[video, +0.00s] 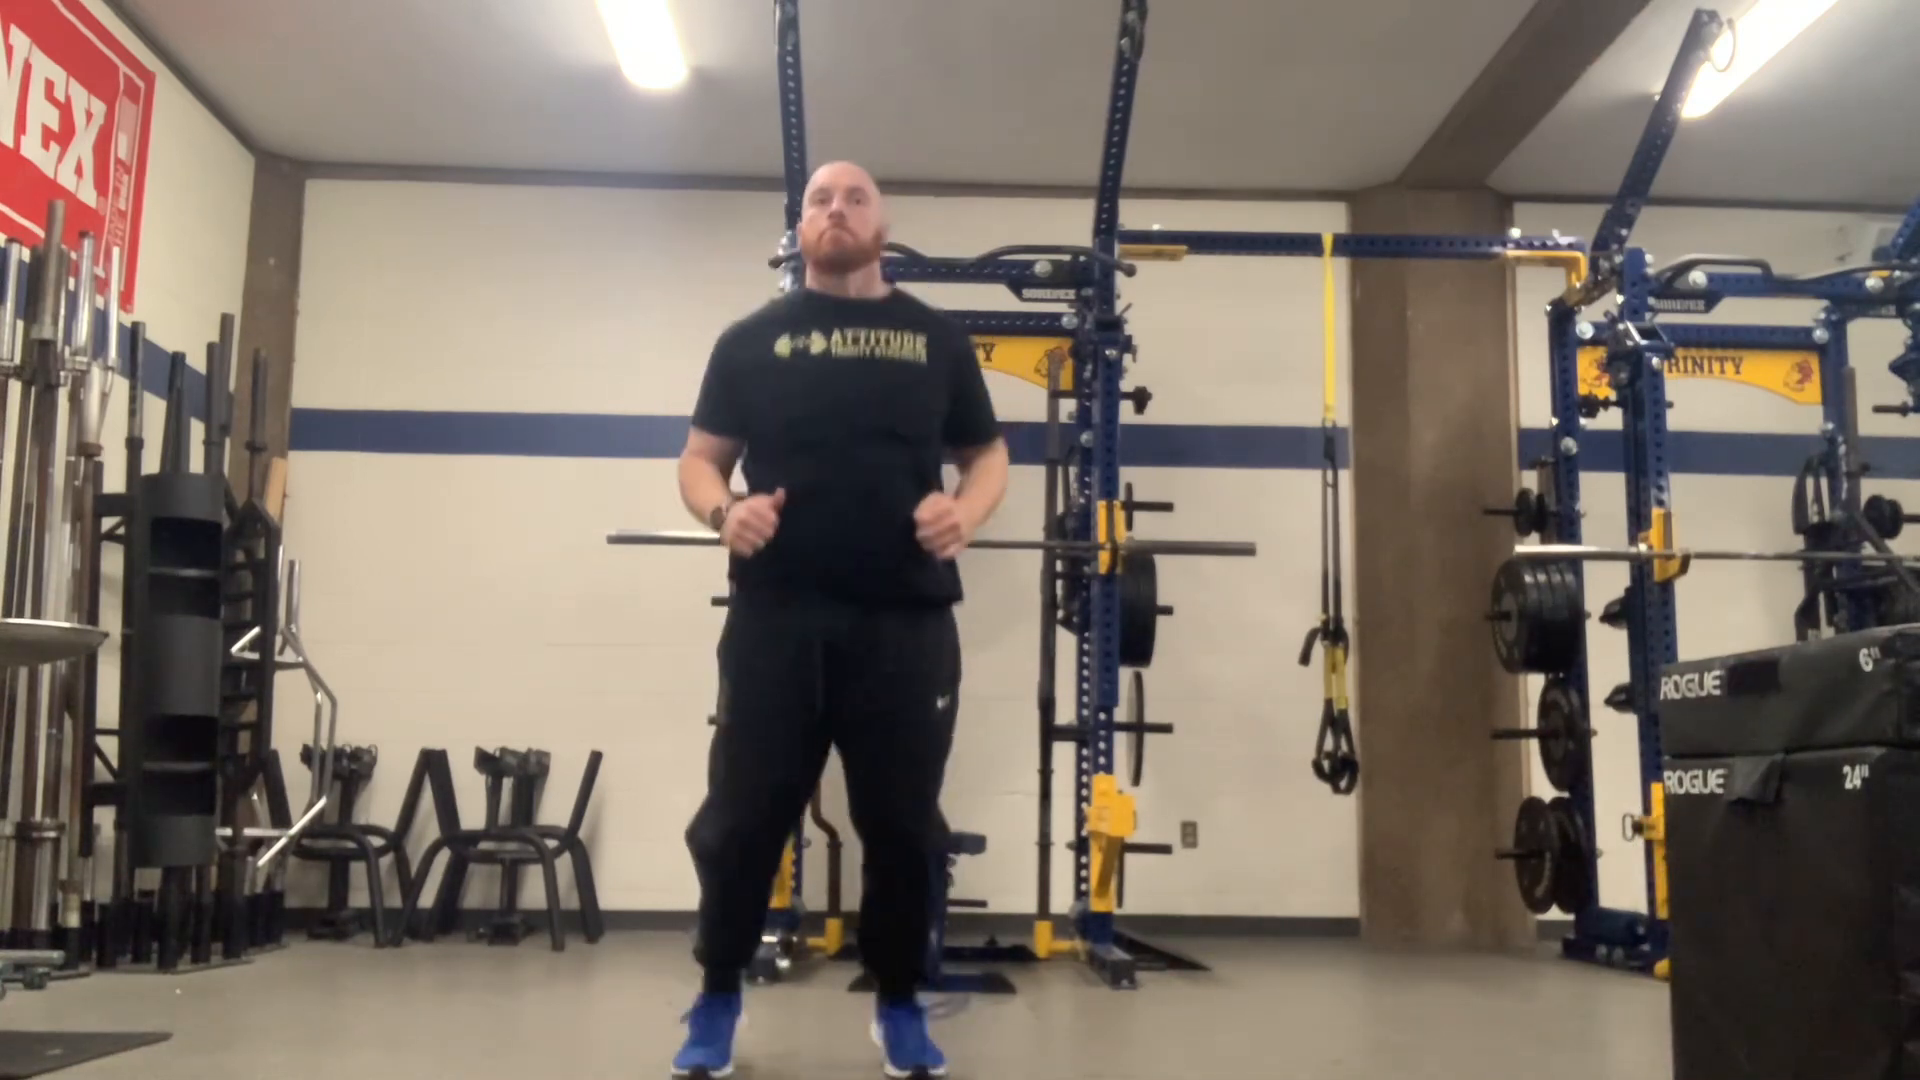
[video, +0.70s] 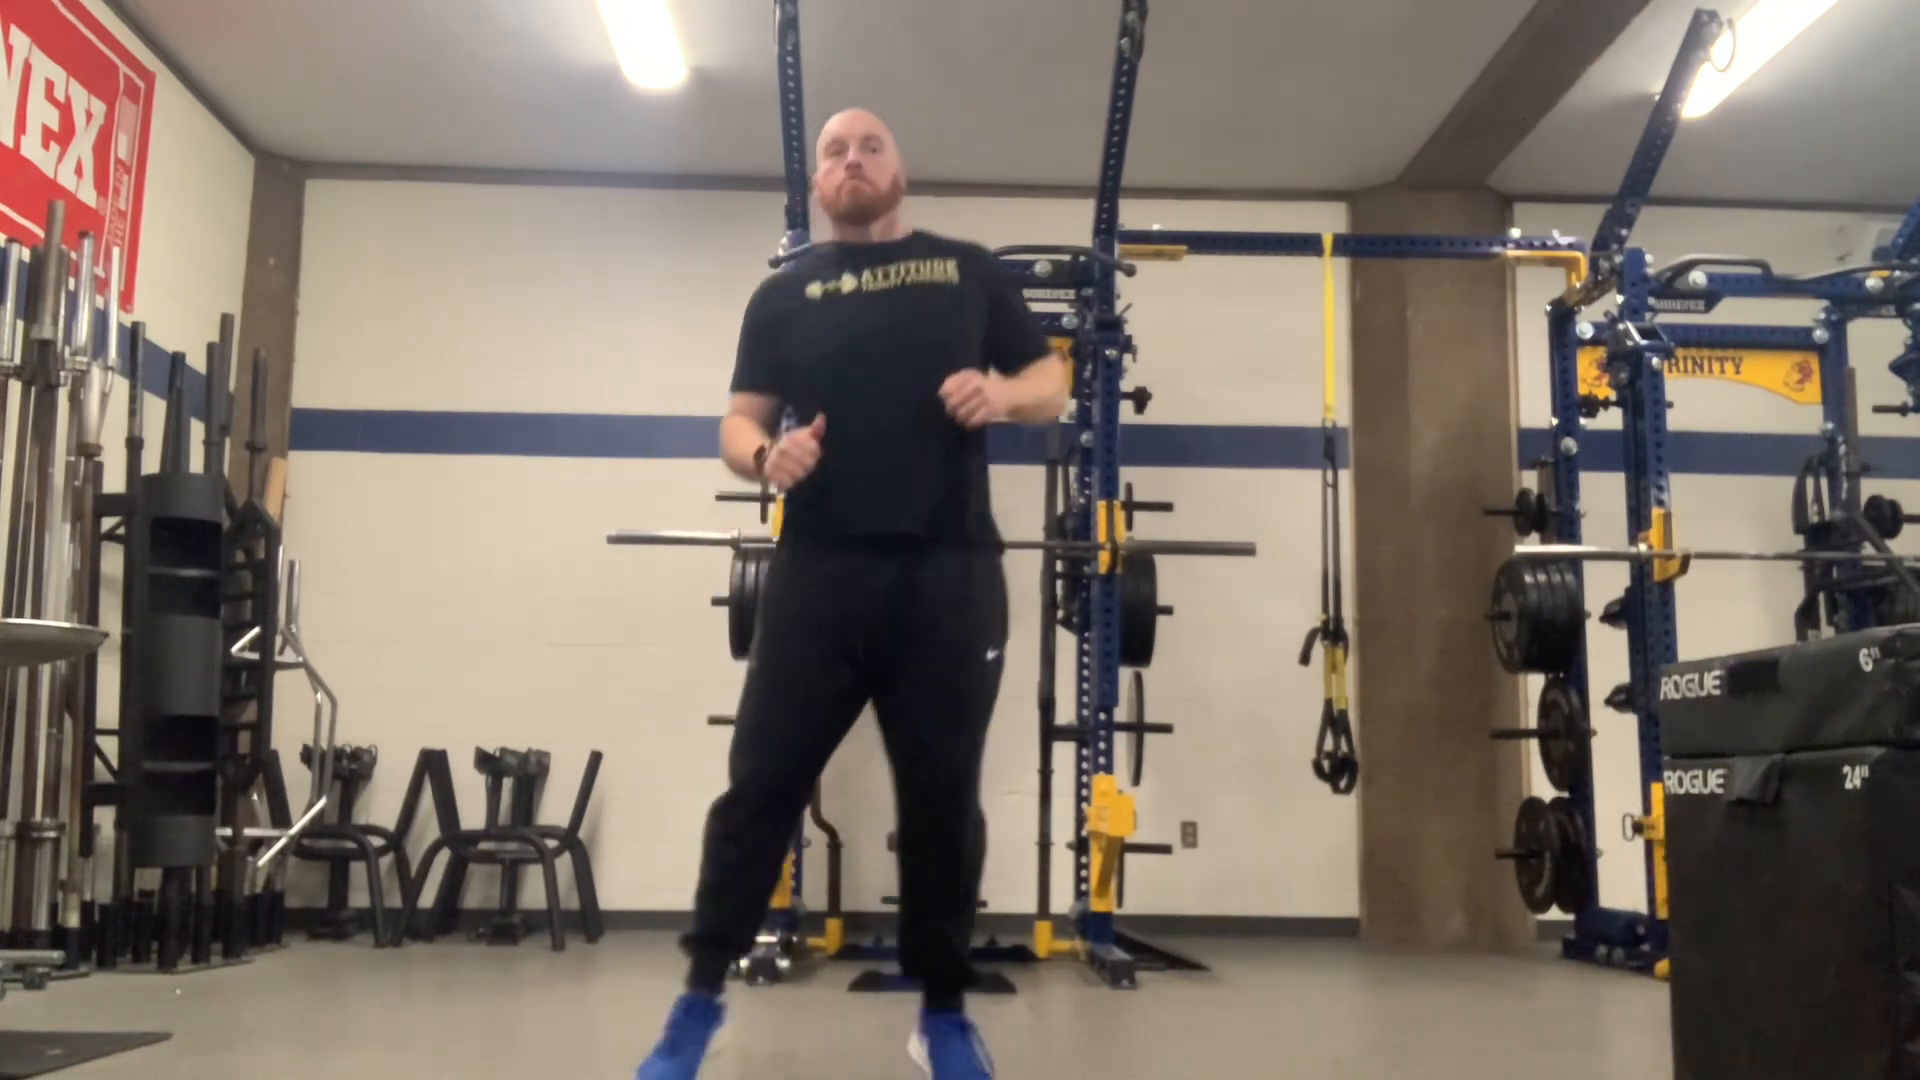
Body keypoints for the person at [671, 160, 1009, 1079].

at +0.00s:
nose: (838, 208)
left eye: (856, 197)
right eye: (822, 199)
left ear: (887, 229)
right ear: (797, 232)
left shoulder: (937, 340)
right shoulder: (751, 342)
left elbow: (988, 460)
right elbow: (699, 464)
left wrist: (966, 508)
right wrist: (725, 509)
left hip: (904, 622)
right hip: (776, 619)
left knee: (904, 829)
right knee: (740, 824)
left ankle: (900, 1010)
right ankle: (716, 998)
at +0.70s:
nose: (852, 159)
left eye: (869, 146)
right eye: (835, 151)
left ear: (904, 173)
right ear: (813, 185)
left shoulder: (970, 272)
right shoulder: (781, 294)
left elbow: (1051, 381)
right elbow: (739, 427)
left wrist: (1005, 394)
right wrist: (765, 453)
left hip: (947, 581)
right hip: (817, 582)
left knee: (943, 801)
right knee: (759, 790)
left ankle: (944, 1017)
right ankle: (699, 997)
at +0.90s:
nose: (897, 152)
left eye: (914, 139)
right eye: (881, 140)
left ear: (943, 164)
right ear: (855, 167)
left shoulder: (1003, 259)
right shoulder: (809, 278)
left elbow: (1078, 372)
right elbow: (768, 411)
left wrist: (1050, 406)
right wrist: (796, 432)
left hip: (989, 551)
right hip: (860, 555)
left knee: (1022, 761)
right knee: (864, 765)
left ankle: (1063, 978)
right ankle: (884, 969)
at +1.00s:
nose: (913, 216)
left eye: (930, 204)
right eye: (896, 203)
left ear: (957, 230)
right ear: (868, 229)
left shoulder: (1014, 330)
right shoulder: (824, 349)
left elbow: (1074, 441)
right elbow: (773, 470)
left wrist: (1070, 484)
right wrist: (787, 497)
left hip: (1018, 616)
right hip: (891, 624)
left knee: (1057, 830)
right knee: (904, 830)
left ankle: (1099, 1030)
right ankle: (944, 1021)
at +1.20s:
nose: (914, 152)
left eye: (932, 142)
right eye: (898, 141)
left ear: (960, 174)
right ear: (870, 171)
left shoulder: (1000, 282)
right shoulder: (808, 271)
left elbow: (1055, 400)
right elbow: (744, 392)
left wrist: (1048, 432)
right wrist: (792, 407)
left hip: (965, 572)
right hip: (839, 573)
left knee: (1012, 785)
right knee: (866, 793)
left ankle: (1052, 998)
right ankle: (917, 1004)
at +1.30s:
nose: (887, 126)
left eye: (905, 116)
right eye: (871, 114)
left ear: (934, 144)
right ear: (845, 141)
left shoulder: (977, 245)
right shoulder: (787, 236)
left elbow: (1033, 365)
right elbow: (713, 357)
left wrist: (1020, 399)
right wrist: (755, 385)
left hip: (932, 532)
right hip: (807, 530)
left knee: (925, 747)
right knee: (811, 746)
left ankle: (925, 955)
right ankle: (828, 955)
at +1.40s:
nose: (860, 144)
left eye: (880, 135)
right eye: (846, 132)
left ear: (909, 167)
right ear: (819, 159)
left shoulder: (953, 266)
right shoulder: (761, 259)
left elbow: (1008, 386)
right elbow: (690, 377)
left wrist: (982, 421)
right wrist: (708, 430)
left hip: (900, 547)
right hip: (773, 540)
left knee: (856, 763)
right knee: (744, 748)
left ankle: (817, 968)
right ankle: (707, 956)